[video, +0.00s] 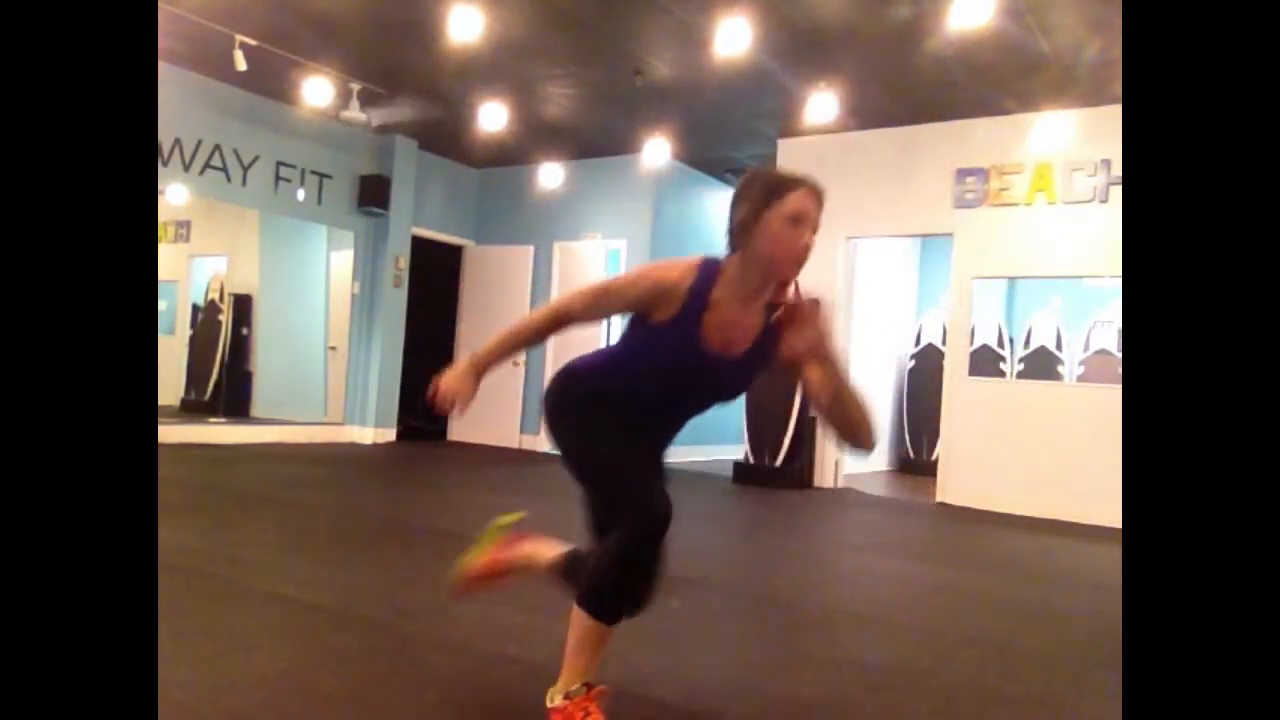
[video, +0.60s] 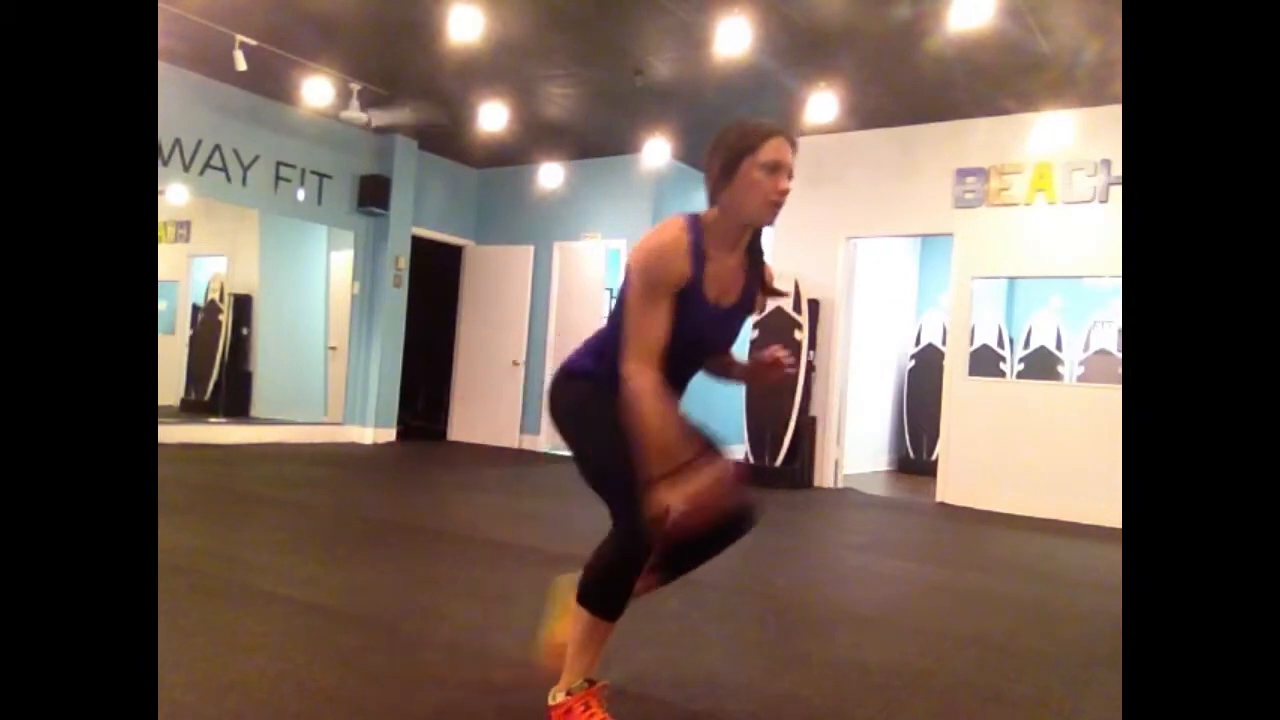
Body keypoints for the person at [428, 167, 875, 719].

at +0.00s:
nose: (807, 239)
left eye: (813, 229)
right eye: (795, 222)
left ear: (812, 241)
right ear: (750, 222)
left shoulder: (791, 326)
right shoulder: (680, 282)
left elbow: (861, 437)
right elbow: (564, 312)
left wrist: (818, 358)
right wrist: (473, 367)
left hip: (644, 434)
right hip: (586, 402)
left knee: (625, 582)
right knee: (644, 517)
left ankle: (523, 549)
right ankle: (569, 692)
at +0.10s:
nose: (785, 259)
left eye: (793, 248)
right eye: (772, 242)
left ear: (793, 261)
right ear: (725, 244)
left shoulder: (771, 344)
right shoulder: (656, 303)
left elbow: (844, 468)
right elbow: (542, 337)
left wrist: (798, 385)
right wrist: (456, 399)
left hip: (622, 445)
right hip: (566, 412)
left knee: (570, 598)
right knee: (641, 517)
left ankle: (447, 571)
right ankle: (568, 691)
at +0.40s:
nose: (767, 222)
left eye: (773, 211)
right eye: (754, 205)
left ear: (775, 225)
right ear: (707, 208)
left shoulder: (765, 312)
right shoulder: (645, 279)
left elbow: (823, 419)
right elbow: (538, 350)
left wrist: (789, 370)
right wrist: (451, 423)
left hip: (614, 430)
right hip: (555, 402)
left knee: (615, 582)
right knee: (631, 513)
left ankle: (441, 617)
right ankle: (568, 692)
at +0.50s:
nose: (771, 199)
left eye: (776, 188)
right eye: (757, 183)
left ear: (777, 200)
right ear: (711, 188)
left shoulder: (762, 294)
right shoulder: (652, 262)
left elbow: (764, 402)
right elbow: (581, 374)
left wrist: (760, 379)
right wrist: (519, 475)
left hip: (632, 418)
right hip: (573, 399)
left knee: (666, 557)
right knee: (639, 528)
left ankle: (498, 615)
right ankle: (568, 690)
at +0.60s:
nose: (785, 186)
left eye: (789, 175)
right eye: (771, 171)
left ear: (789, 185)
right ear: (726, 176)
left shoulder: (754, 271)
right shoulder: (666, 247)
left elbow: (705, 355)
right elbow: (639, 372)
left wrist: (752, 372)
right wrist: (670, 469)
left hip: (655, 398)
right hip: (590, 391)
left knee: (728, 511)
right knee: (640, 519)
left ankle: (590, 594)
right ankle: (572, 688)